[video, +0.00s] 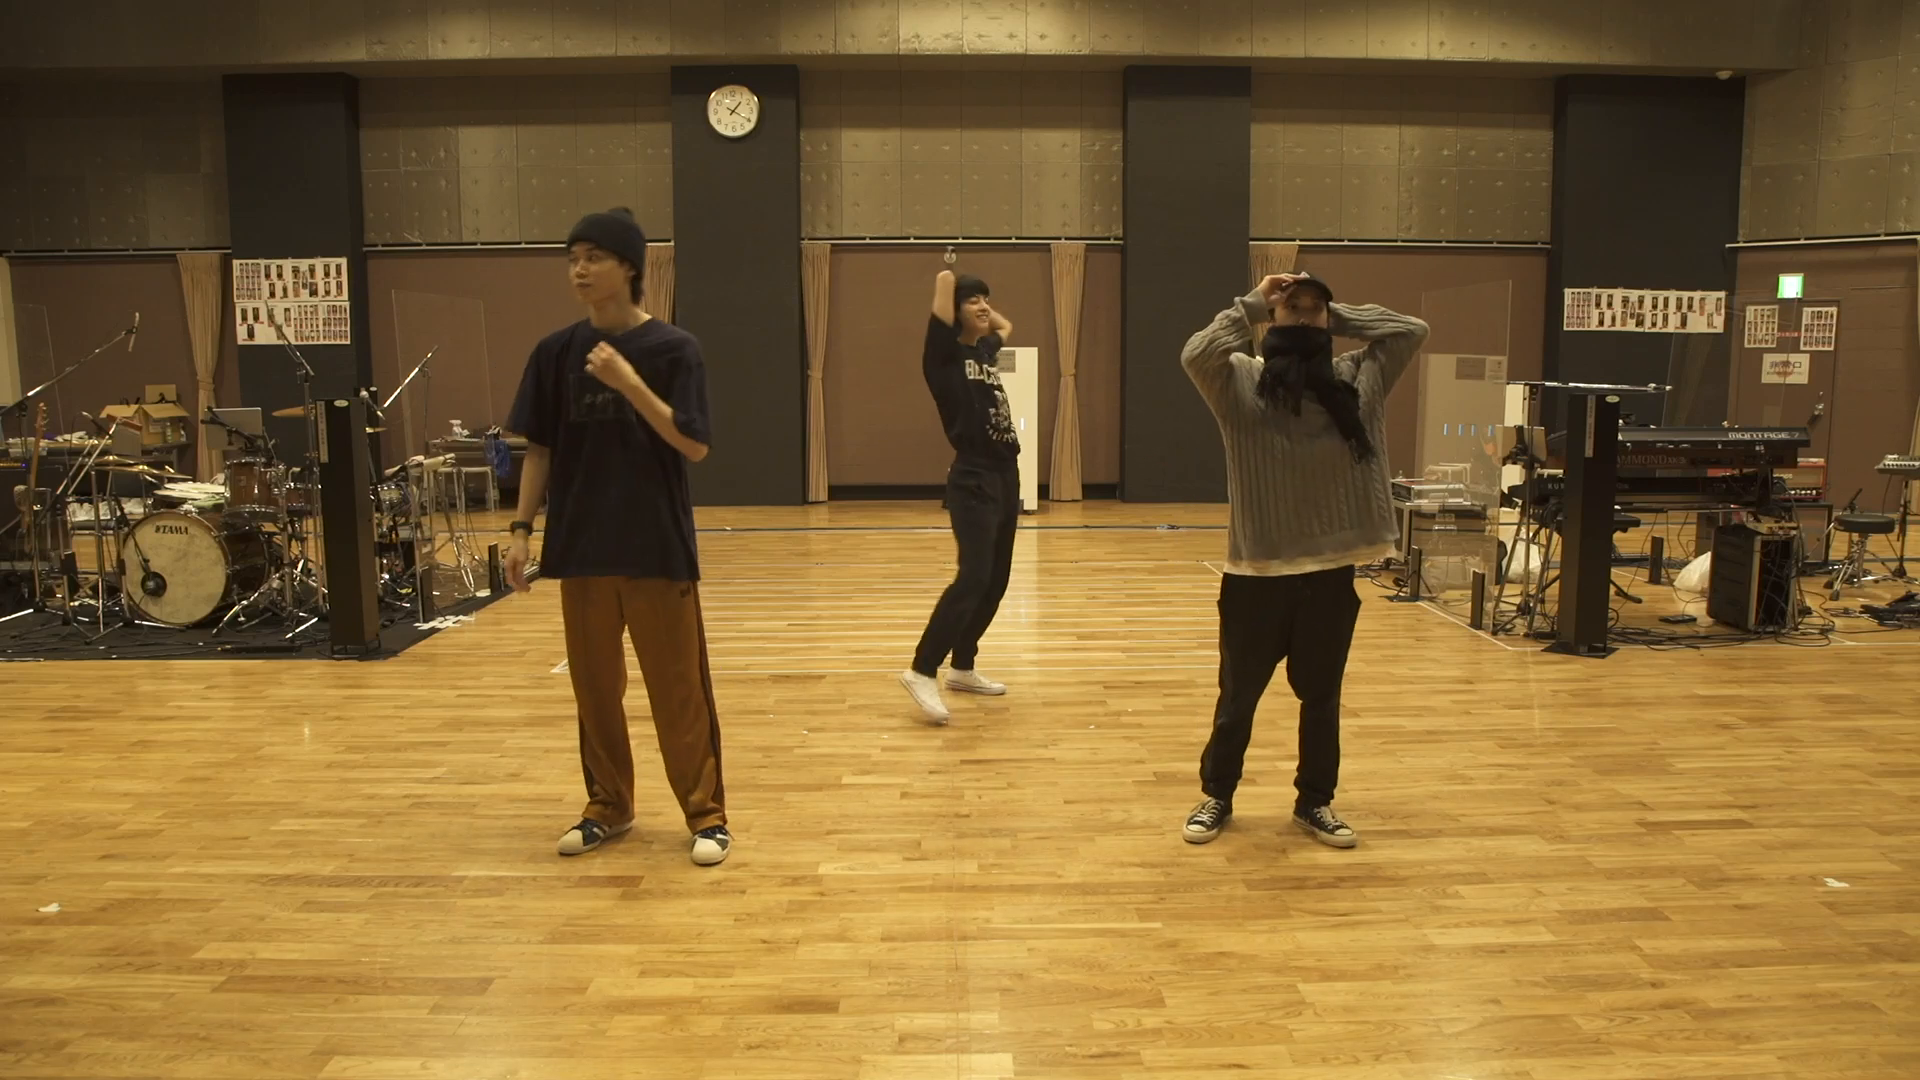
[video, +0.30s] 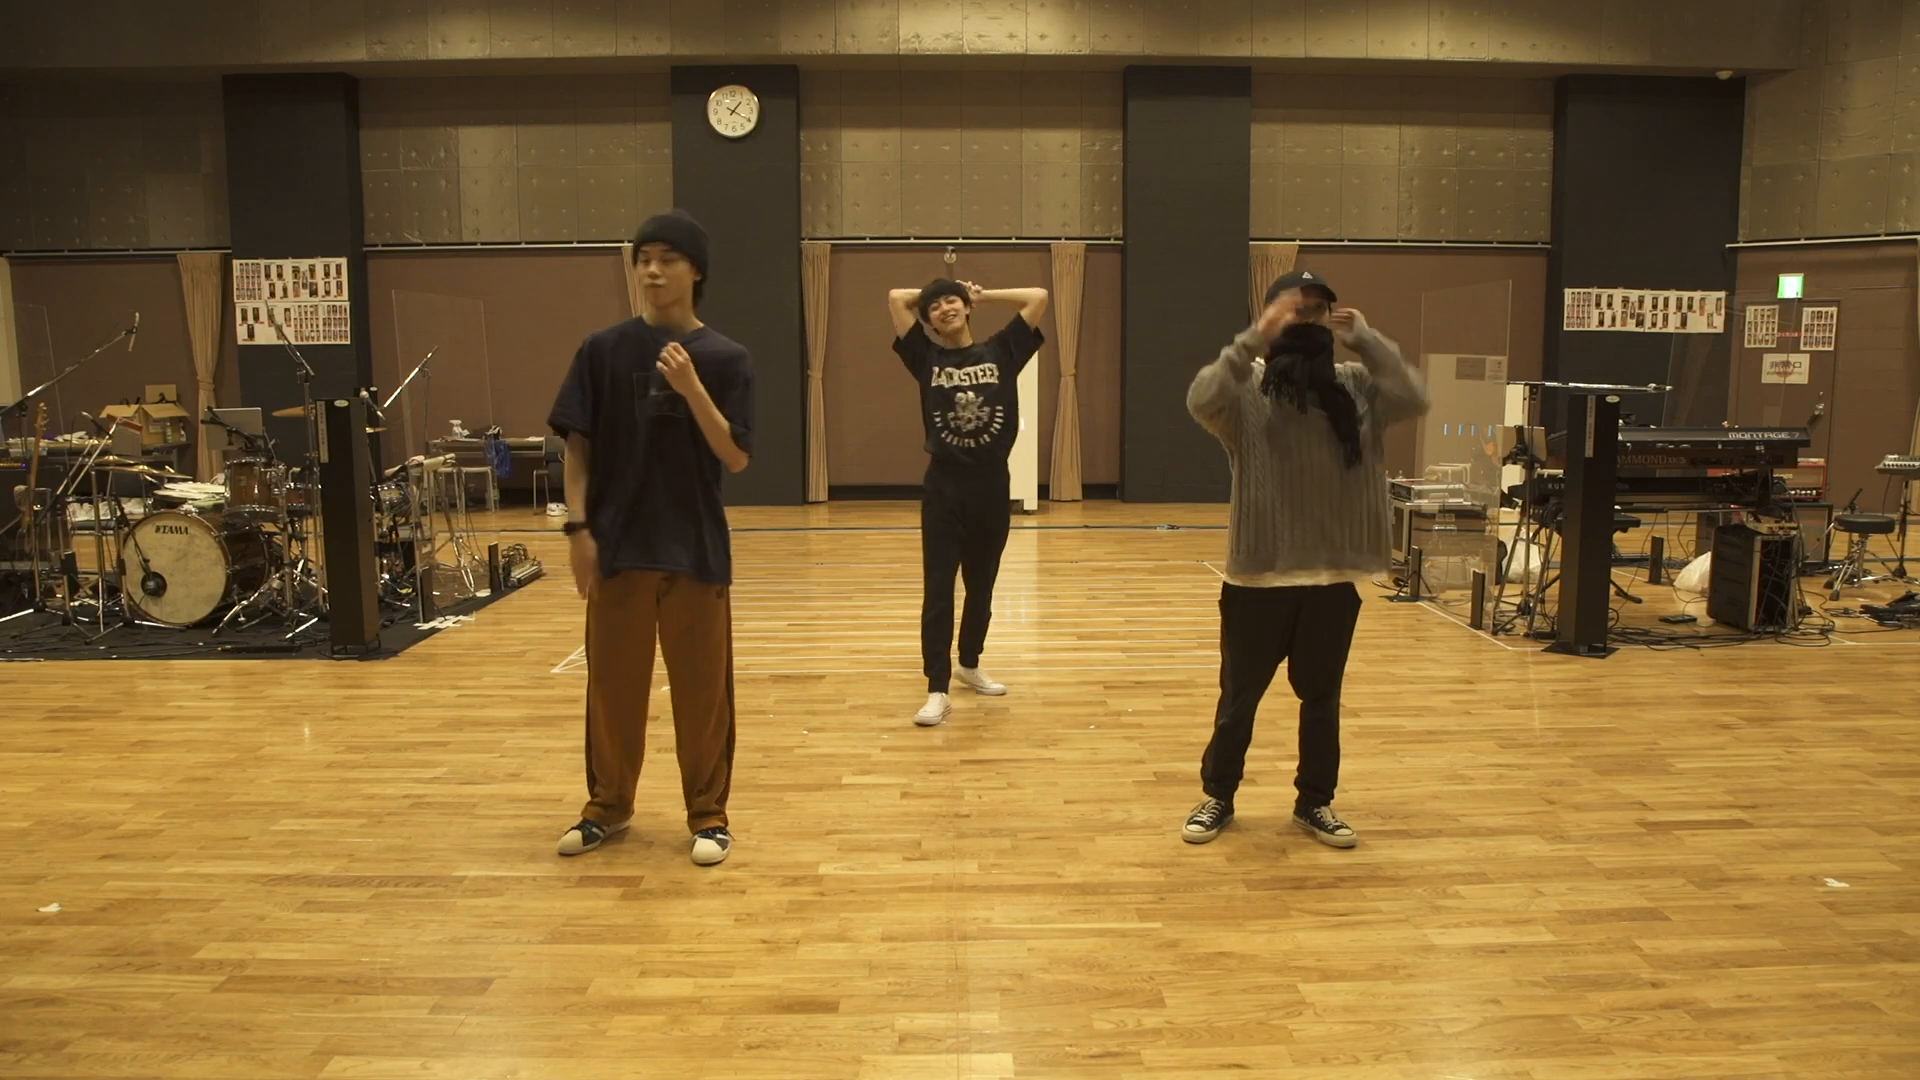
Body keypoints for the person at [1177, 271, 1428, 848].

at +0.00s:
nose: (1297, 319)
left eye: (1310, 310)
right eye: (1288, 310)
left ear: (1329, 326)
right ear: (1267, 326)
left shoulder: (1358, 382)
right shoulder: (1238, 385)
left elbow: (1412, 330)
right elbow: (1196, 356)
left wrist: (1332, 313)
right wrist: (1254, 306)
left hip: (1329, 576)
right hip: (1254, 577)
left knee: (1321, 701)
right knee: (1237, 700)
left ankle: (1315, 804)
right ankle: (1216, 800)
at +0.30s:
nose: (1305, 323)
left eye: (1316, 313)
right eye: (1293, 313)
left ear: (1333, 323)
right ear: (1270, 325)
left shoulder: (1359, 388)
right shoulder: (1246, 392)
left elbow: (1413, 399)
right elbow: (1200, 401)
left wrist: (1363, 335)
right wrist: (1255, 336)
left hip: (1332, 576)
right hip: (1258, 576)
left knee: (1321, 700)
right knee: (1238, 698)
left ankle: (1315, 804)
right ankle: (1218, 800)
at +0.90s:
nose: (1281, 314)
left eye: (1292, 305)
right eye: (1270, 306)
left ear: (1308, 315)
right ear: (1250, 316)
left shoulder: (1334, 385)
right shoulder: (1225, 378)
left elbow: (1357, 465)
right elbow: (1203, 432)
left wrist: (1323, 398)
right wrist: (1273, 382)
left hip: (1310, 572)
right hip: (1234, 570)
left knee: (1311, 697)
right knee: (1227, 696)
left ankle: (1314, 803)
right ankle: (1215, 799)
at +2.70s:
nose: (1284, 322)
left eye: (1293, 312)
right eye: (1272, 311)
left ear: (1305, 320)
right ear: (1249, 318)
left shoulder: (1331, 392)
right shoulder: (1218, 387)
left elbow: (1350, 474)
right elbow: (1201, 472)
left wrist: (1319, 480)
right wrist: (1260, 442)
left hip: (1304, 574)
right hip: (1230, 573)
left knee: (1307, 697)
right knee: (1223, 697)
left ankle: (1314, 805)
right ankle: (1215, 801)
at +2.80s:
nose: (1285, 321)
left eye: (1294, 311)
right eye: (1273, 311)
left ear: (1305, 319)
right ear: (1249, 317)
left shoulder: (1331, 393)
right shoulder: (1216, 392)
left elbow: (1350, 475)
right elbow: (1190, 472)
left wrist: (1367, 519)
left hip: (1304, 578)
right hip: (1230, 577)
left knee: (1307, 698)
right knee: (1223, 699)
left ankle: (1314, 804)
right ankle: (1215, 800)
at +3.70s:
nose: (1280, 336)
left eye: (1289, 326)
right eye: (1268, 325)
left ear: (1300, 328)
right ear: (1240, 325)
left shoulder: (1316, 388)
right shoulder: (1202, 390)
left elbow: (1344, 461)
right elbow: (1163, 470)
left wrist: (1383, 476)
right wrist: (1182, 485)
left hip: (1292, 580)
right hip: (1219, 581)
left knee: (1309, 697)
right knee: (1215, 700)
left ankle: (1319, 802)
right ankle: (1214, 799)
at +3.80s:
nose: (1278, 334)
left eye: (1287, 324)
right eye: (1267, 324)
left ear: (1298, 328)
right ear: (1239, 323)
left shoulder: (1310, 385)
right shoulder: (1203, 382)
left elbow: (1344, 458)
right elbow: (1175, 457)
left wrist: (1349, 407)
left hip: (1293, 572)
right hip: (1219, 573)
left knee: (1307, 689)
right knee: (1215, 693)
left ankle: (1318, 792)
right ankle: (1214, 797)